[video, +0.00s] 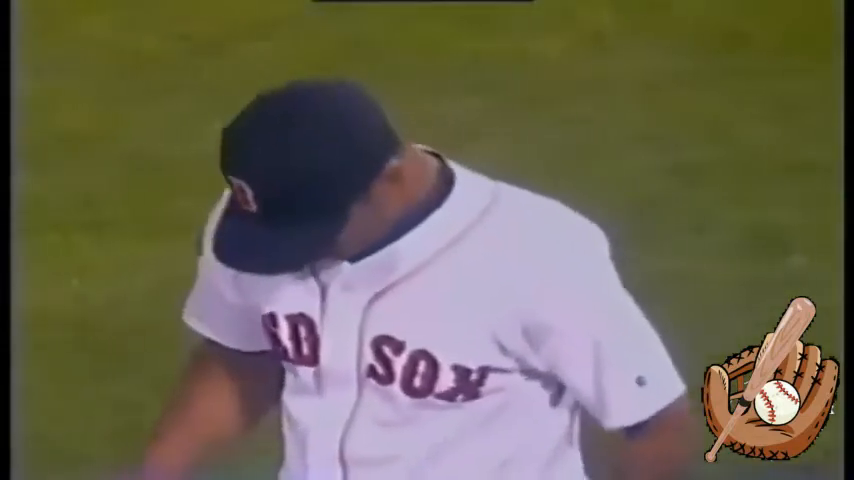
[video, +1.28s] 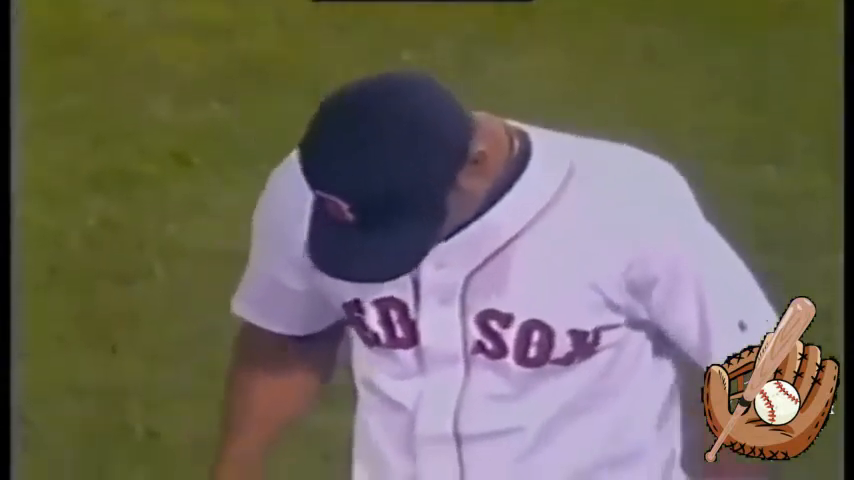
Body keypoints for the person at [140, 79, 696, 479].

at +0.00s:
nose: (305, 257)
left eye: (318, 237)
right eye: (287, 240)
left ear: (390, 180)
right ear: (256, 203)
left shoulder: (547, 253)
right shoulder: (255, 223)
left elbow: (666, 430)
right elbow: (240, 363)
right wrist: (159, 465)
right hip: (312, 468)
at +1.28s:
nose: (379, 260)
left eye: (405, 231)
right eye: (361, 238)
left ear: (471, 167)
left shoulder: (633, 201)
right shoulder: (307, 197)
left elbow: (759, 373)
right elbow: (281, 344)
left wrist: (741, 443)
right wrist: (237, 465)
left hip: (612, 468)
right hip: (399, 465)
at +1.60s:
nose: (347, 252)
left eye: (370, 233)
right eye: (329, 227)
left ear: (445, 176)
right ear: (297, 168)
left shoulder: (593, 212)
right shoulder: (268, 174)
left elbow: (704, 384)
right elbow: (211, 329)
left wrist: (689, 465)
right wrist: (181, 458)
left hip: (536, 467)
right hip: (317, 466)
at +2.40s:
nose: (277, 186)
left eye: (298, 167)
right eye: (254, 172)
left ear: (360, 106)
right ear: (217, 118)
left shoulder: (489, 176)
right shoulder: (167, 175)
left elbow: (626, 341)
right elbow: (127, 320)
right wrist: (127, 450)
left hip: (457, 469)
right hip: (245, 468)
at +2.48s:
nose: (278, 173)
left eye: (303, 148)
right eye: (255, 153)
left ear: (364, 88)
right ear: (220, 104)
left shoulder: (485, 175)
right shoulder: (162, 171)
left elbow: (595, 366)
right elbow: (120, 315)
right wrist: (140, 405)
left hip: (436, 470)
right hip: (237, 470)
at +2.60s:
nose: (279, 161)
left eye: (302, 138)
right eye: (254, 140)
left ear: (366, 78)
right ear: (219, 93)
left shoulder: (478, 184)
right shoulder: (158, 161)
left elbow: (521, 407)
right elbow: (95, 329)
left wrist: (318, 411)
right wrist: (180, 388)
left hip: (429, 469)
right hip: (227, 470)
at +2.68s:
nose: (279, 155)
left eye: (301, 132)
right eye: (257, 137)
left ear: (368, 77)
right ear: (223, 93)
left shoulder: (473, 195)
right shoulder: (159, 157)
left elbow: (473, 420)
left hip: (411, 471)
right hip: (223, 465)